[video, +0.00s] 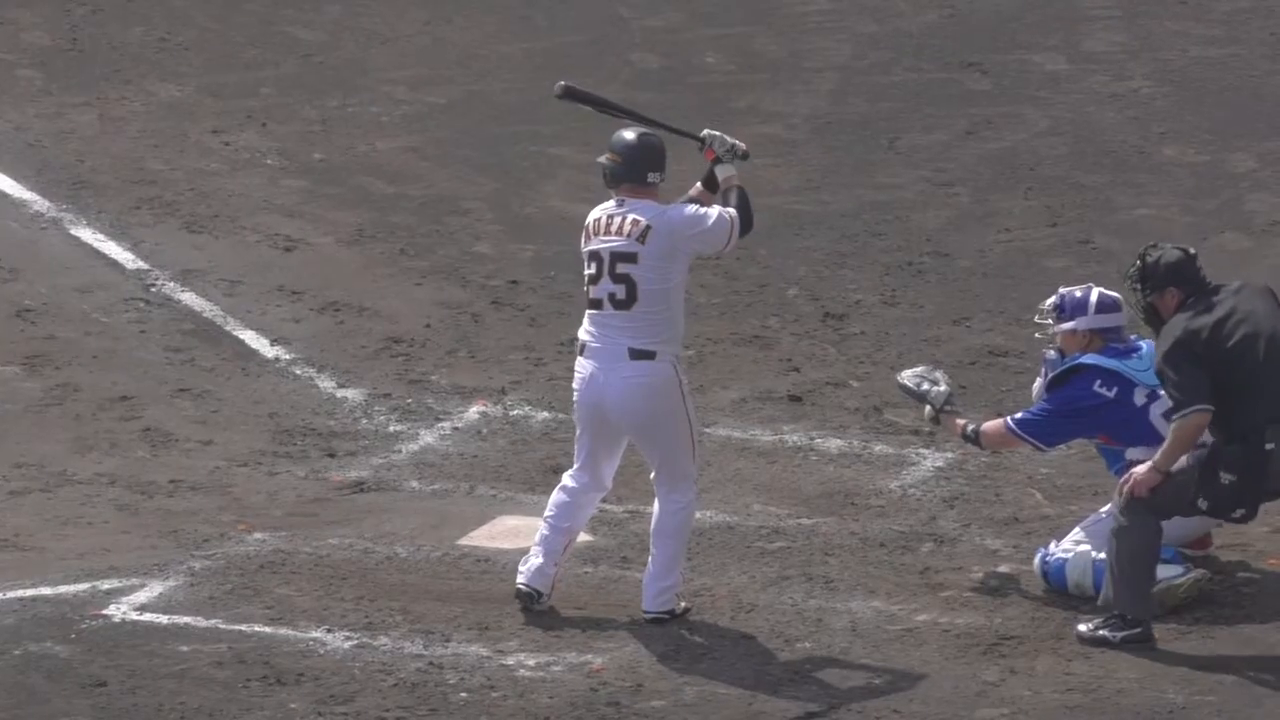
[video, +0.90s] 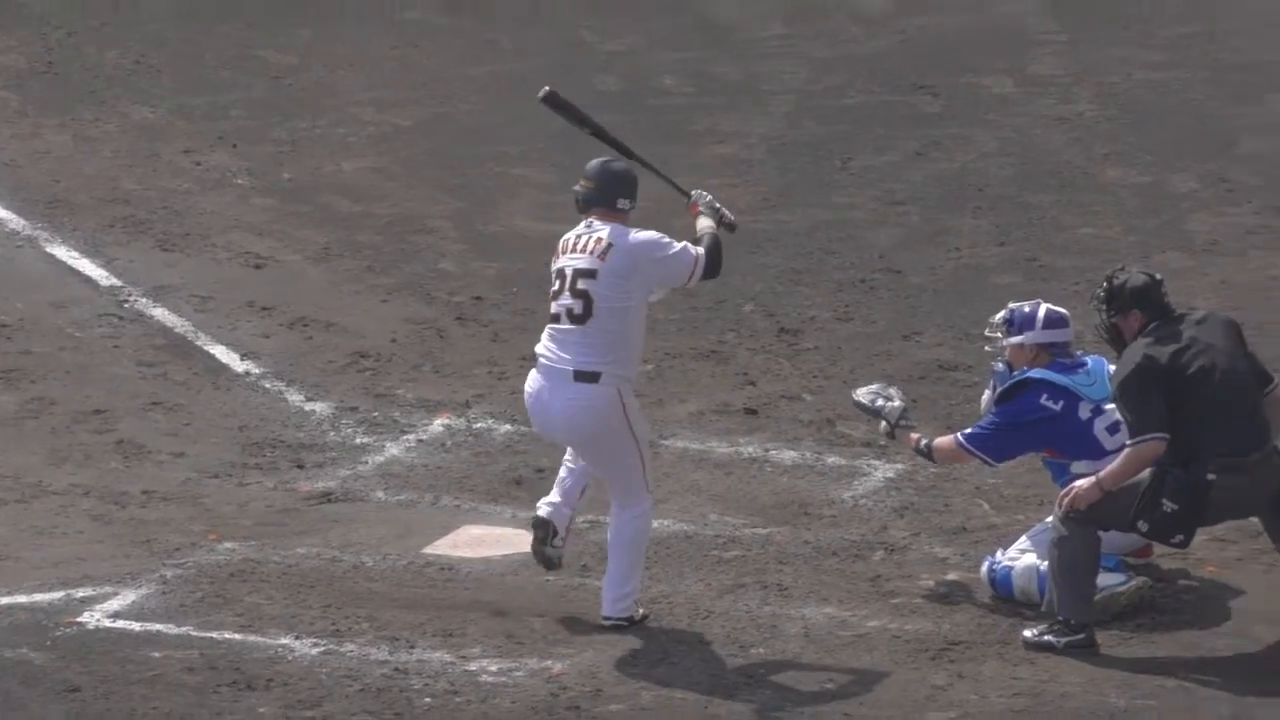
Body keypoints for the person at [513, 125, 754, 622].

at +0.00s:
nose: (606, 175)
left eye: (610, 168)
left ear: (612, 173)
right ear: (659, 173)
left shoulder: (595, 220)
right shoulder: (675, 221)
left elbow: (670, 214)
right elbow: (740, 221)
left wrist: (711, 173)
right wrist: (731, 175)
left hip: (589, 372)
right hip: (650, 378)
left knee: (585, 476)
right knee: (675, 486)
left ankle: (534, 576)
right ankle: (661, 599)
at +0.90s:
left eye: (582, 197)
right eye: (630, 199)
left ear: (584, 199)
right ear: (627, 202)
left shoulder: (567, 242)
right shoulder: (638, 245)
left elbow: (641, 278)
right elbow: (708, 263)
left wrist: (710, 232)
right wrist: (705, 219)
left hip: (539, 392)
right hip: (599, 402)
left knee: (592, 435)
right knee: (632, 501)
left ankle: (554, 515)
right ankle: (619, 608)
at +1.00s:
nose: (569, 203)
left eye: (571, 197)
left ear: (576, 200)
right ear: (617, 203)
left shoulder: (559, 243)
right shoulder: (627, 246)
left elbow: (641, 287)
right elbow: (695, 269)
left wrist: (702, 242)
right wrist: (696, 227)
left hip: (527, 389)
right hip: (583, 400)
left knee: (618, 403)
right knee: (621, 498)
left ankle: (562, 499)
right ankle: (609, 603)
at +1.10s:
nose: (562, 205)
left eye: (565, 199)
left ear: (570, 202)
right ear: (609, 205)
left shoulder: (553, 242)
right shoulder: (616, 246)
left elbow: (628, 290)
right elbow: (686, 270)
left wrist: (694, 248)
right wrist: (689, 230)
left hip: (517, 386)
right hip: (569, 398)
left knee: (615, 392)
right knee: (615, 494)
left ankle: (562, 495)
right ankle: (605, 598)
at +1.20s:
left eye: (557, 201)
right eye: (603, 206)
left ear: (560, 204)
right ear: (600, 207)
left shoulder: (544, 243)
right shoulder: (608, 247)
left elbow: (614, 294)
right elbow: (676, 272)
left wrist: (680, 255)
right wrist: (681, 233)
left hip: (508, 383)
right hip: (558, 395)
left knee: (606, 395)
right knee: (607, 491)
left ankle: (553, 494)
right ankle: (601, 593)